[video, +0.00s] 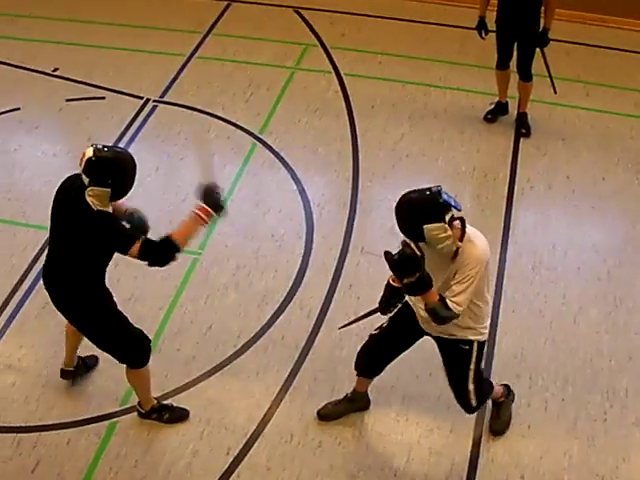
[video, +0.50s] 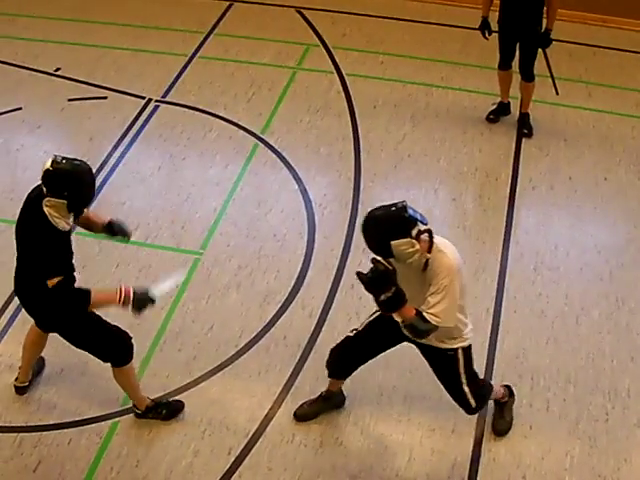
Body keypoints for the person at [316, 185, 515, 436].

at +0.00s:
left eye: (422, 238)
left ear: (440, 229)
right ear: (422, 236)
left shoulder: (474, 251)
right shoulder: (424, 238)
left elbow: (445, 315)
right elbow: (405, 266)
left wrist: (420, 285)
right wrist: (393, 290)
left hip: (461, 329)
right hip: (421, 311)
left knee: (470, 399)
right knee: (370, 355)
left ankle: (502, 395)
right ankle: (358, 396)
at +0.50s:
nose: (385, 259)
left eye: (387, 253)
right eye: (383, 255)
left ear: (407, 243)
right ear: (396, 247)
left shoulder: (444, 261)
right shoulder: (399, 251)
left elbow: (426, 328)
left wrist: (392, 299)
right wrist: (383, 289)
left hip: (445, 337)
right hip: (403, 319)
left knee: (471, 400)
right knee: (340, 357)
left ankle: (503, 395)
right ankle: (333, 394)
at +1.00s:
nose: (357, 252)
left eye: (360, 247)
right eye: (354, 247)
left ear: (381, 236)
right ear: (357, 241)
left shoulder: (412, 250)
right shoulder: (358, 234)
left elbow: (422, 321)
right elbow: (299, 236)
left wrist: (380, 302)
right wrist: (284, 283)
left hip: (435, 317)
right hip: (389, 306)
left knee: (453, 373)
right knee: (346, 360)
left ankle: (471, 401)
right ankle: (336, 390)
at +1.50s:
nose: (405, 261)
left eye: (409, 255)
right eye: (400, 257)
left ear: (430, 236)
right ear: (396, 252)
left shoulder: (457, 253)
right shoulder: (398, 258)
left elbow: (490, 307)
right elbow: (399, 301)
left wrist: (440, 302)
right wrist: (426, 340)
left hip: (475, 324)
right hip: (430, 317)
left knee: (494, 392)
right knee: (379, 354)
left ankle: (512, 404)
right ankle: (365, 391)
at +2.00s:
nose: (455, 214)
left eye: (458, 207)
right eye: (453, 208)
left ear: (475, 199)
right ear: (456, 203)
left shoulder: (508, 233)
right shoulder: (459, 219)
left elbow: (528, 302)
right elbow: (453, 262)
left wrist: (473, 286)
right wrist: (432, 298)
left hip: (505, 325)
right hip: (466, 309)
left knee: (515, 383)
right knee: (424, 349)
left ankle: (530, 408)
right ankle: (402, 387)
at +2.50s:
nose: (438, 219)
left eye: (441, 210)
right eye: (428, 214)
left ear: (449, 202)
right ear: (415, 213)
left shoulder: (479, 217)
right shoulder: (408, 232)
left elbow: (524, 224)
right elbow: (362, 264)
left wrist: (515, 270)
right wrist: (314, 273)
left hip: (497, 301)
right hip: (450, 299)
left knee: (524, 363)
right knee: (409, 356)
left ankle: (543, 403)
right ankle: (402, 383)